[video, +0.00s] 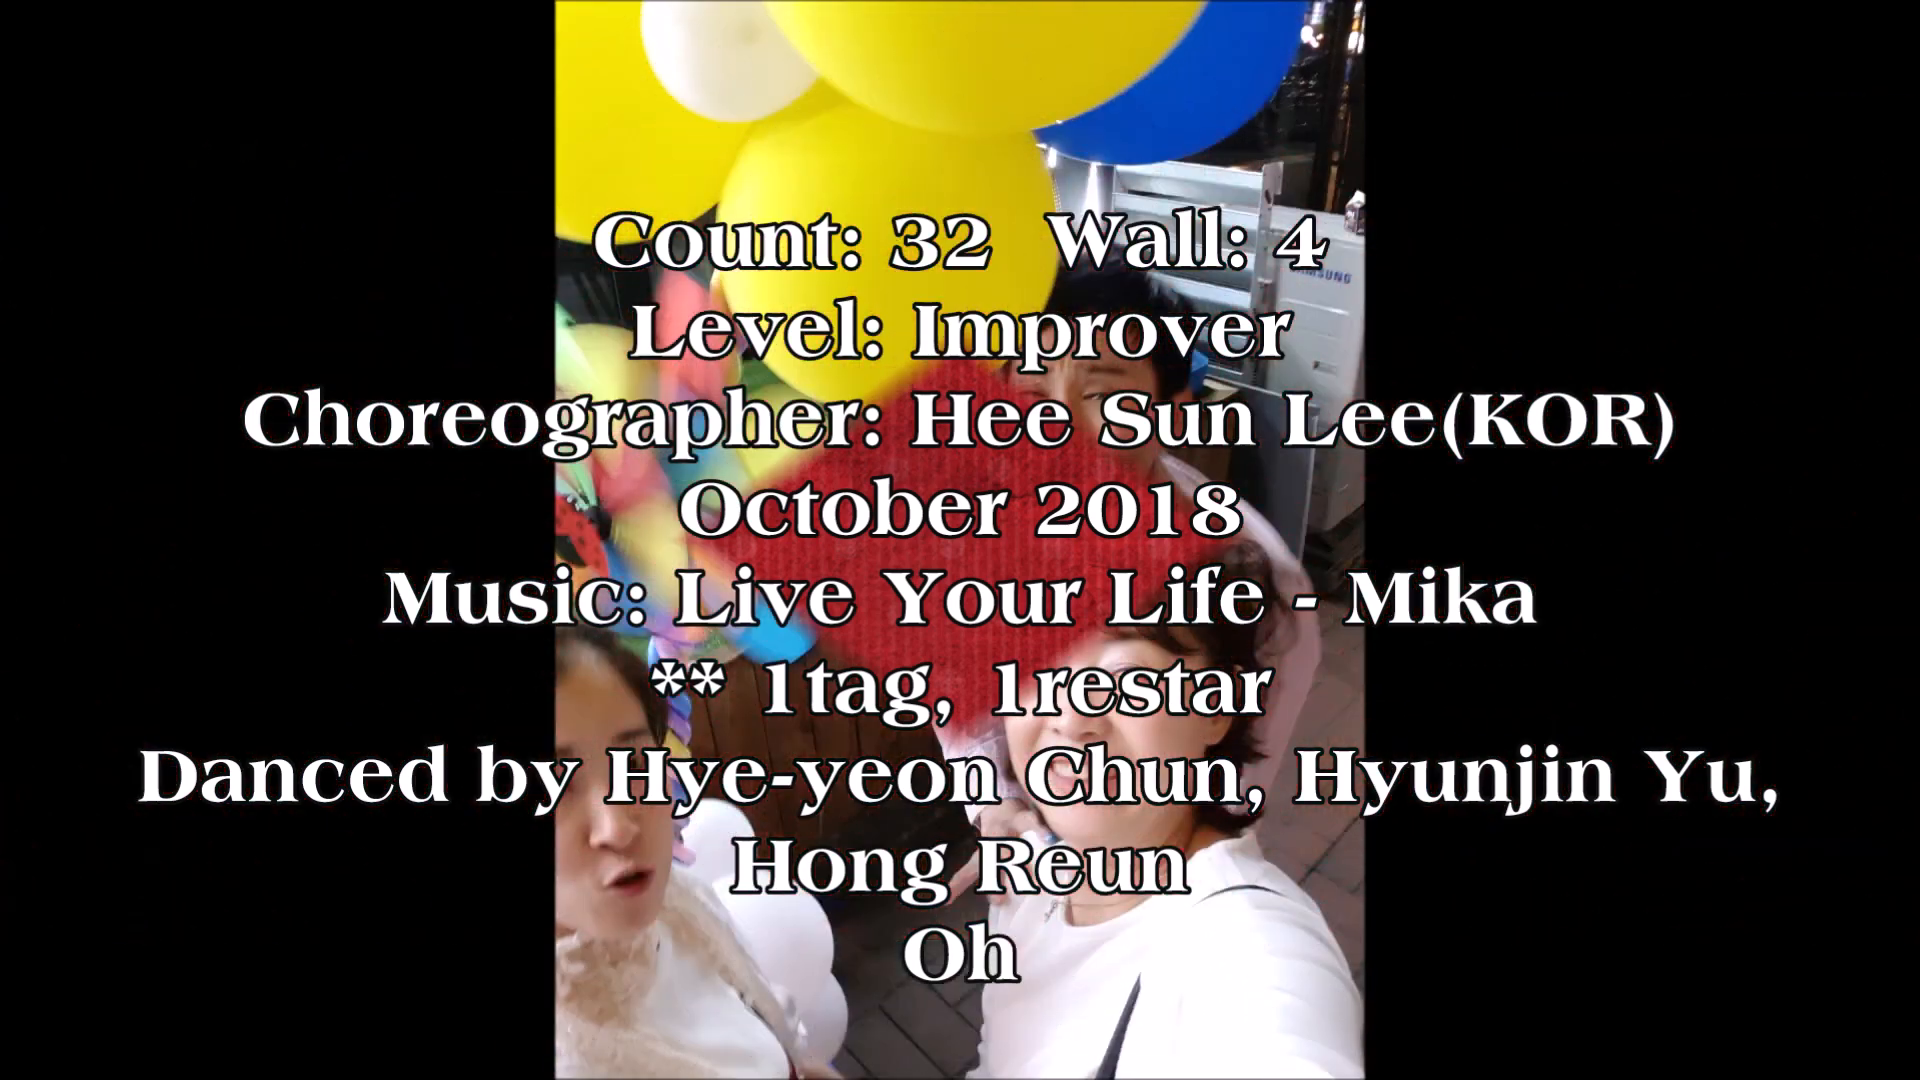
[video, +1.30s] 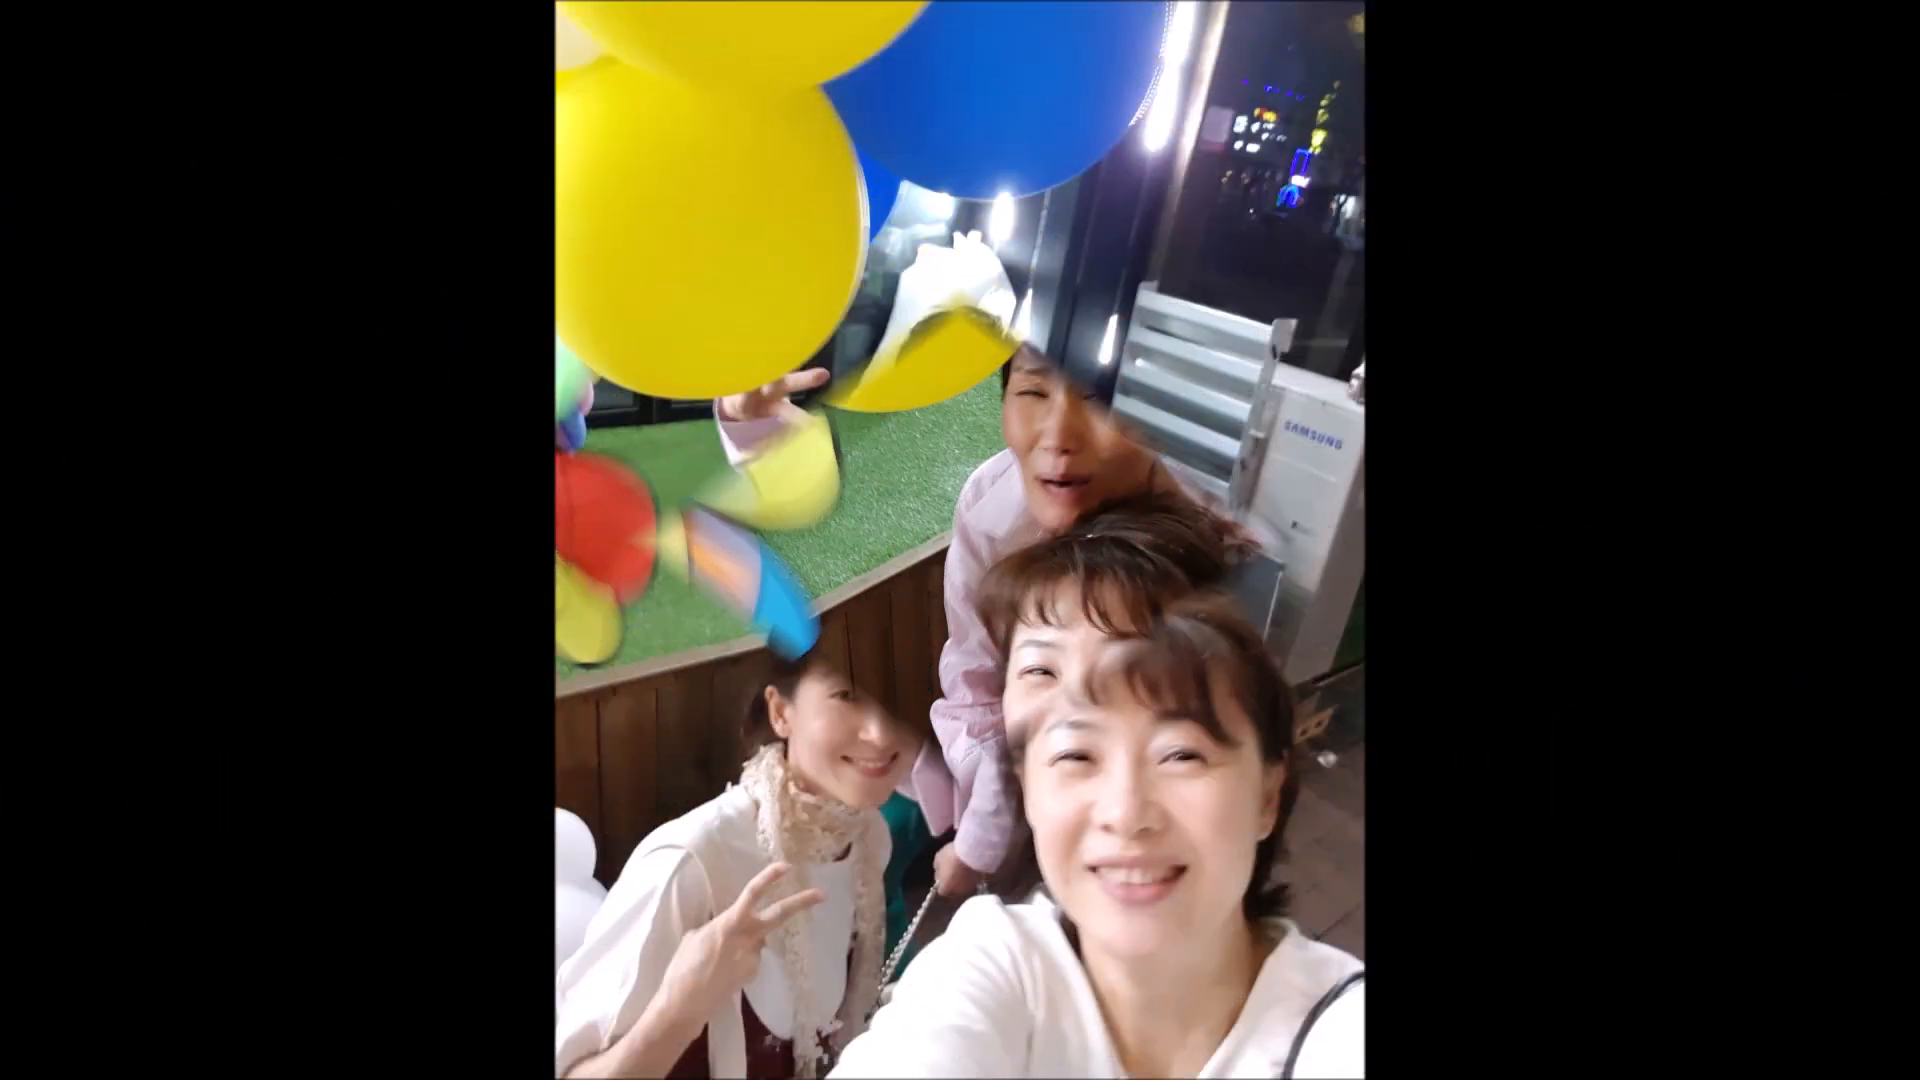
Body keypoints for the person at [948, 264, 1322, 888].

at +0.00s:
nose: (1067, 425)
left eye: (1108, 396)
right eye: (1044, 396)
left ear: (1167, 411)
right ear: (1016, 394)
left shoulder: (1246, 566)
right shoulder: (977, 514)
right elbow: (939, 670)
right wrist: (989, 801)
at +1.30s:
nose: (1058, 439)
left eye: (1103, 400)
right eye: (1033, 392)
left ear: (1165, 418)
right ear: (1003, 402)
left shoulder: (1219, 563)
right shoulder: (989, 504)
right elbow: (971, 684)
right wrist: (983, 840)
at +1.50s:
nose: (937, 469)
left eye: (971, 438)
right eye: (917, 435)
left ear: (1030, 448)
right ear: (895, 433)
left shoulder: (1058, 603)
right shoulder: (868, 469)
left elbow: (1024, 755)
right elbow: (771, 446)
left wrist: (974, 855)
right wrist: (749, 411)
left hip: (950, 817)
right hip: (844, 772)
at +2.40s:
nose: (937, 468)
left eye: (972, 438)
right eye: (917, 435)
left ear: (1030, 450)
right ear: (896, 434)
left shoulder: (1062, 608)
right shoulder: (866, 469)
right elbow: (762, 442)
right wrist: (749, 405)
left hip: (970, 834)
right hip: (832, 801)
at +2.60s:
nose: (943, 489)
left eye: (952, 482)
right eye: (935, 483)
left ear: (965, 490)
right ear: (923, 492)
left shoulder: (984, 546)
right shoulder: (904, 546)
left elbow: (1013, 608)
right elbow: (892, 602)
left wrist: (1033, 668)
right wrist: (886, 646)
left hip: (968, 675)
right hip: (917, 675)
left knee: (949, 767)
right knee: (909, 773)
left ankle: (963, 857)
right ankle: (939, 865)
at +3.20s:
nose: (961, 491)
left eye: (969, 484)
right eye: (953, 485)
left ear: (981, 491)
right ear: (941, 493)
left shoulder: (1001, 540)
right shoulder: (926, 546)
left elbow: (1031, 596)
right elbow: (915, 601)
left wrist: (1014, 621)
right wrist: (906, 638)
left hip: (999, 661)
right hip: (951, 659)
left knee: (994, 749)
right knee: (975, 736)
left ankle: (982, 839)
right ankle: (960, 824)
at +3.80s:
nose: (972, 490)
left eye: (979, 482)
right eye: (963, 484)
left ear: (991, 489)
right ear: (952, 492)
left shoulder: (1012, 539)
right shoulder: (939, 543)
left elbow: (1048, 590)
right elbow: (938, 604)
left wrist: (1072, 634)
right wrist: (955, 604)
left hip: (994, 663)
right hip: (946, 659)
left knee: (988, 754)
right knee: (928, 743)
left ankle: (978, 841)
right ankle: (894, 819)